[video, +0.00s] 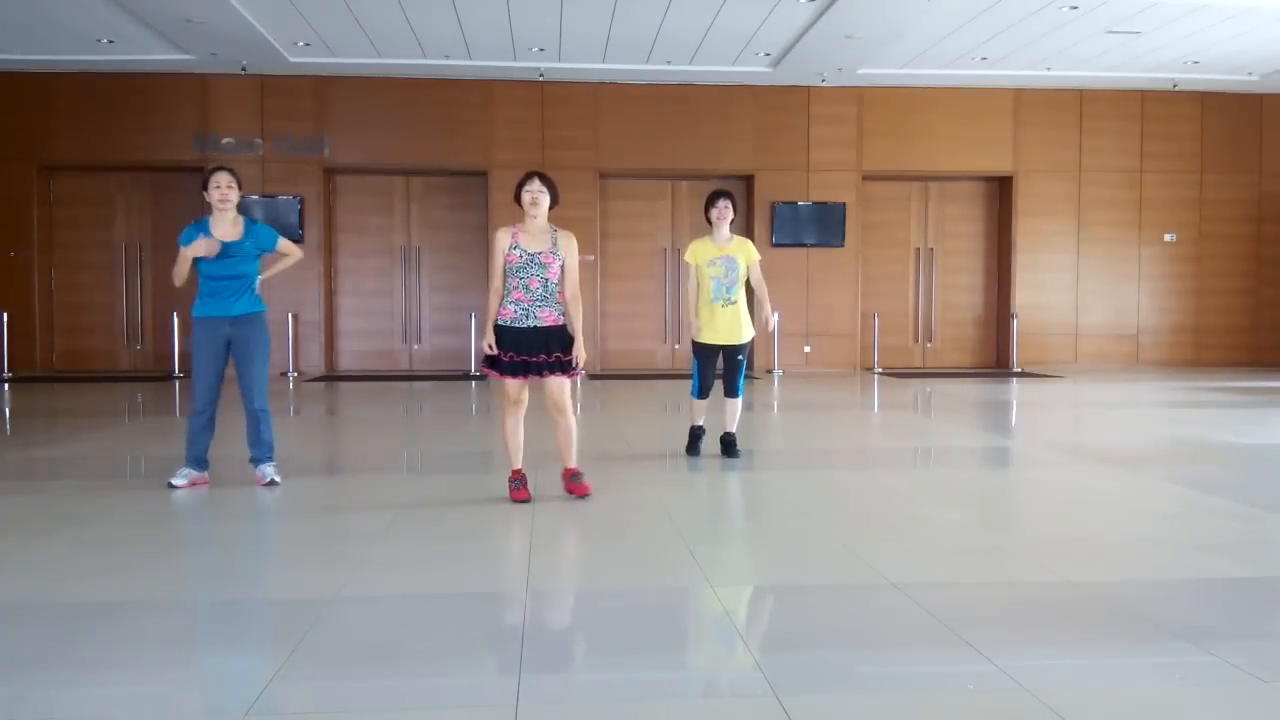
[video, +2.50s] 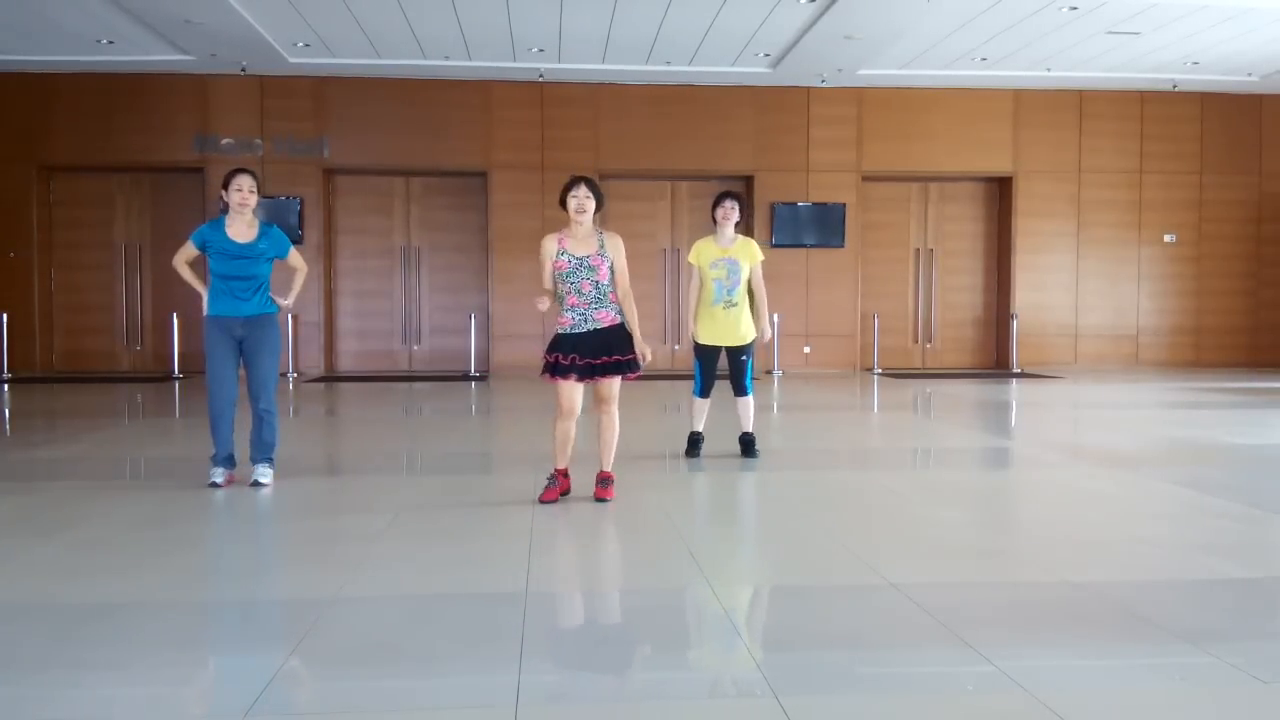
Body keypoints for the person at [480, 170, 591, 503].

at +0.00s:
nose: (534, 196)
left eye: (541, 192)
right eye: (528, 192)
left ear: (551, 199)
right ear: (519, 199)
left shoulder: (565, 240)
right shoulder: (505, 237)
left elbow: (572, 294)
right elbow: (496, 287)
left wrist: (579, 338)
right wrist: (489, 327)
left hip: (553, 332)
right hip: (511, 332)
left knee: (561, 404)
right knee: (515, 403)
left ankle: (571, 471)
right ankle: (517, 474)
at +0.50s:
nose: (566, 198)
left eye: (573, 193)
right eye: (560, 193)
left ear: (583, 200)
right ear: (551, 200)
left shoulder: (599, 239)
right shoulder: (539, 239)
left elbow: (609, 292)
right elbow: (533, 291)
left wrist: (608, 338)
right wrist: (527, 338)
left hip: (589, 333)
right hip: (546, 333)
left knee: (590, 404)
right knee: (541, 405)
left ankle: (595, 474)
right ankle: (533, 473)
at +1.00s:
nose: (556, 198)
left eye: (563, 193)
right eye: (552, 193)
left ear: (578, 199)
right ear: (546, 200)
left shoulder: (594, 242)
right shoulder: (535, 236)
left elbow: (602, 294)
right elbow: (521, 287)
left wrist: (610, 336)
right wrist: (528, 329)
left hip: (587, 332)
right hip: (548, 334)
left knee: (588, 402)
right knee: (555, 404)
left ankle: (592, 473)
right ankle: (549, 474)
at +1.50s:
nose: (544, 198)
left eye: (551, 193)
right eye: (542, 194)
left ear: (569, 199)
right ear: (540, 200)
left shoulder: (589, 242)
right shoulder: (530, 238)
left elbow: (593, 296)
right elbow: (521, 284)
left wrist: (593, 342)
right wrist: (515, 309)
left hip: (575, 334)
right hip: (535, 334)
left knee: (584, 407)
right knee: (541, 404)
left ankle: (586, 474)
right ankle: (546, 474)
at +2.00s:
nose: (557, 198)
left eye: (564, 193)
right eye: (556, 193)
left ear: (583, 199)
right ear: (556, 200)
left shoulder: (603, 239)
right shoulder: (550, 238)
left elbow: (614, 291)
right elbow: (551, 289)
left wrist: (611, 337)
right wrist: (527, 293)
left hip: (591, 332)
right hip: (554, 330)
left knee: (593, 406)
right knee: (552, 401)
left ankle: (602, 475)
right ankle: (562, 475)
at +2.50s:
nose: (581, 202)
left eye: (587, 197)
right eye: (575, 197)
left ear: (597, 204)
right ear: (565, 202)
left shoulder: (612, 242)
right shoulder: (551, 244)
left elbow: (624, 292)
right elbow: (549, 292)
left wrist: (637, 337)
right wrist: (547, 300)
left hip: (610, 335)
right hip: (570, 336)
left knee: (607, 405)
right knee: (567, 410)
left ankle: (605, 475)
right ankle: (560, 475)